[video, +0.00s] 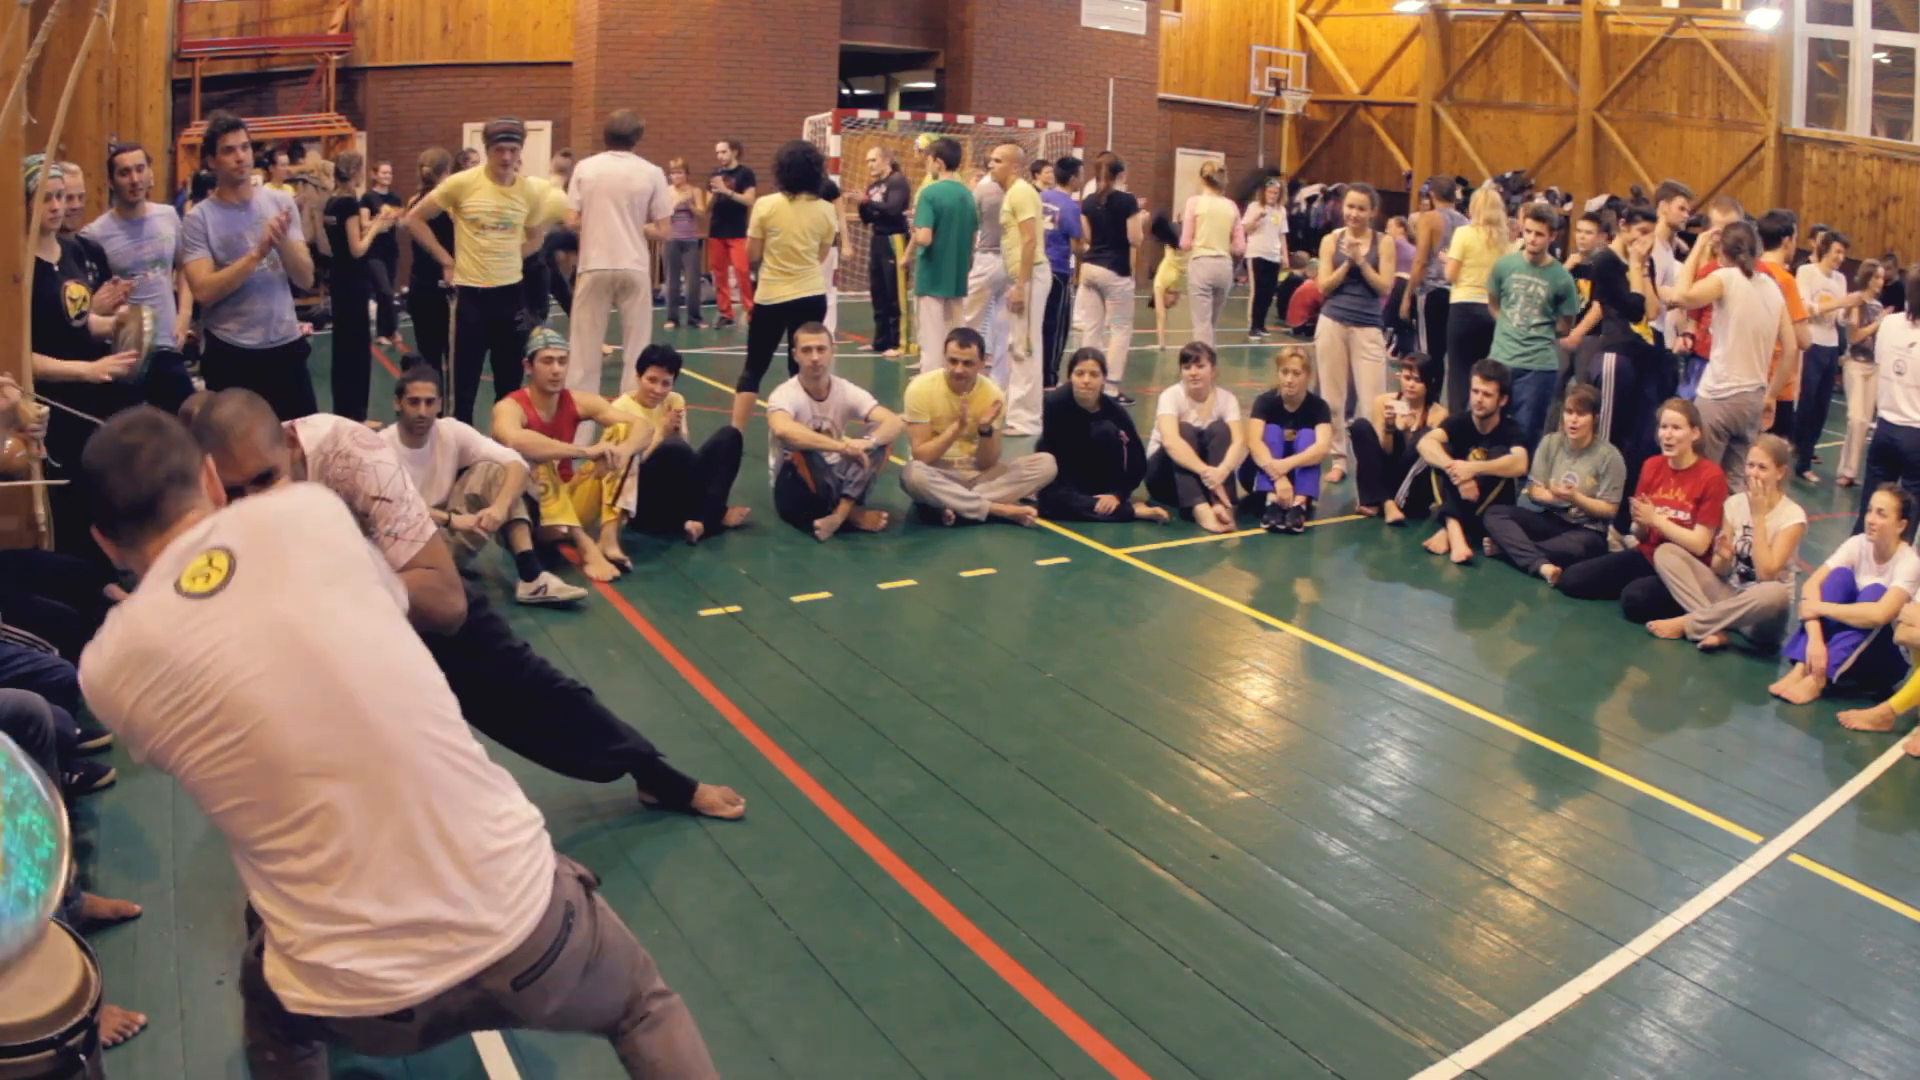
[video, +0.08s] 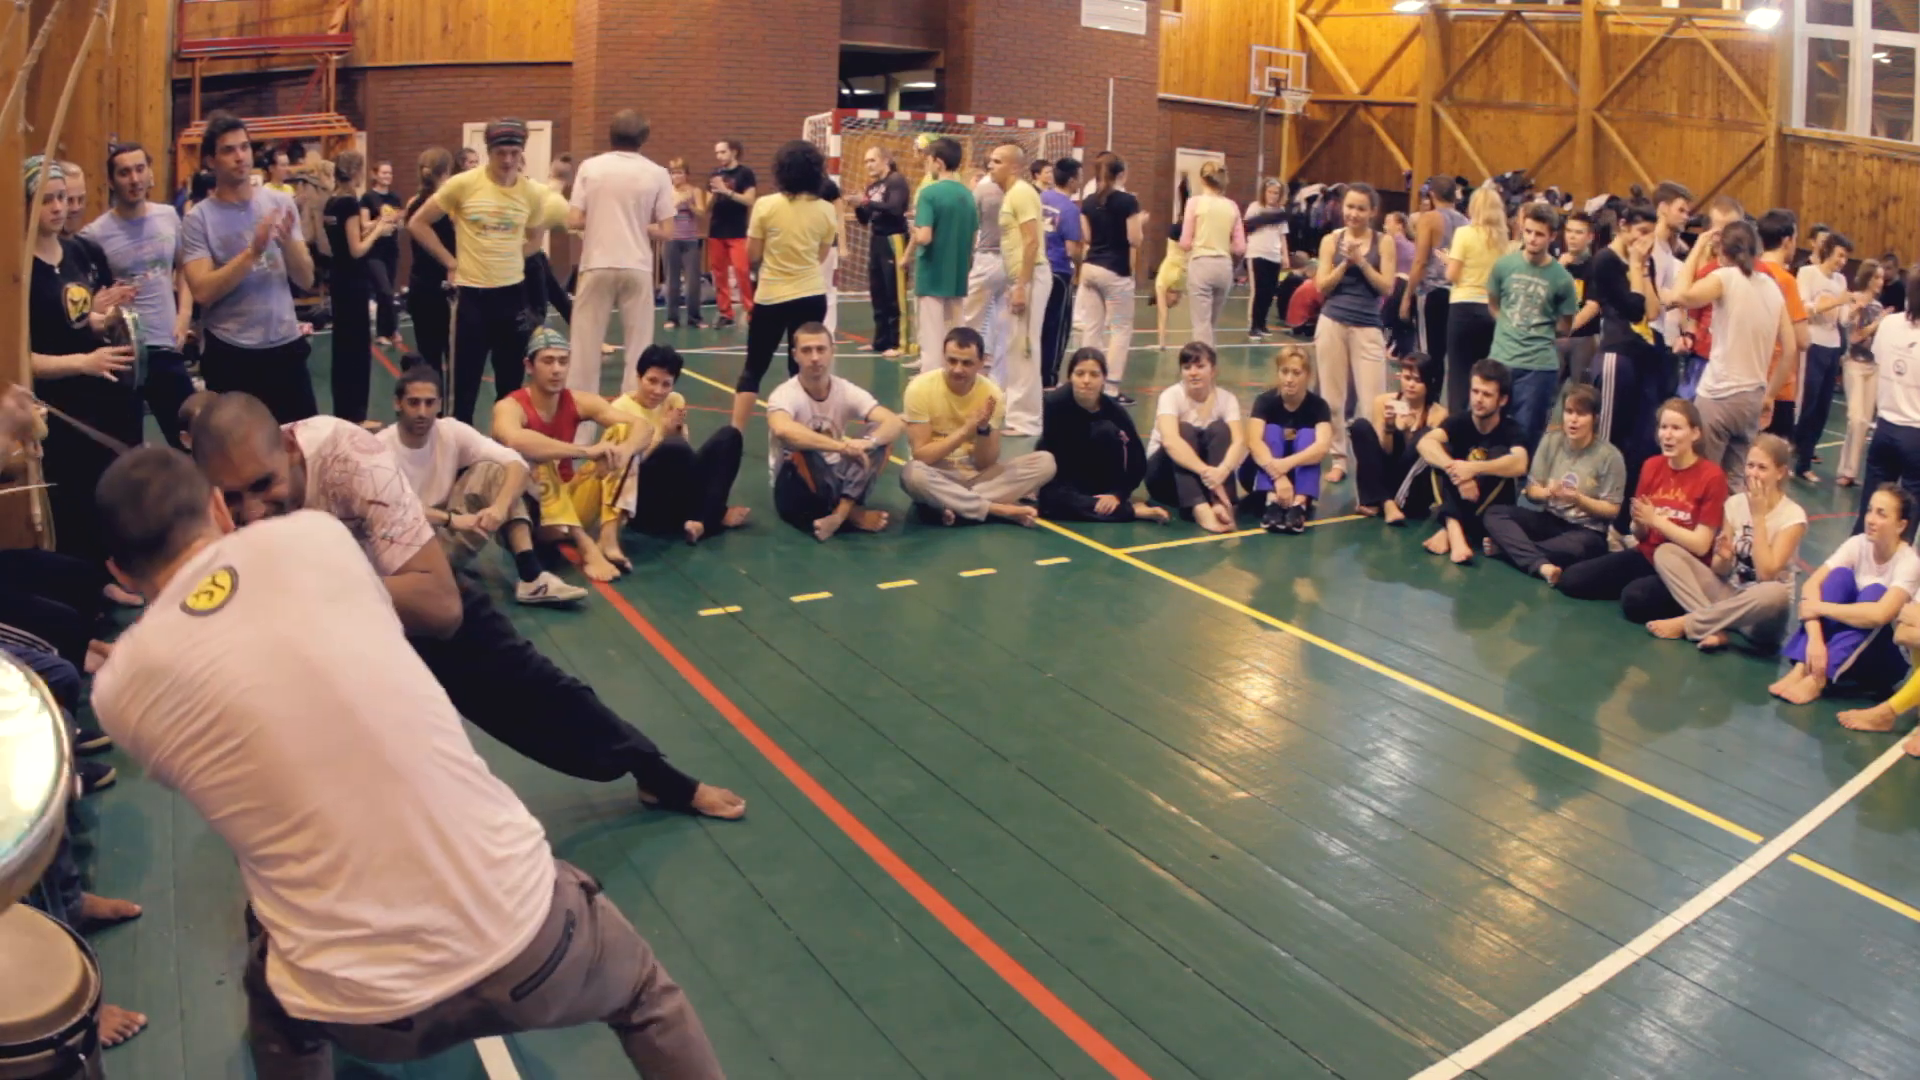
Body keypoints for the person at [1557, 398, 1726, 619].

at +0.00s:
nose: (1667, 435)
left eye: (1676, 428)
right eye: (1663, 427)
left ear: (1695, 433)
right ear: (1657, 430)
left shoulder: (1712, 476)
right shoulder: (1652, 465)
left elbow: (1700, 545)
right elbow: (1639, 534)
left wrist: (1654, 520)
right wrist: (1641, 520)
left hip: (1684, 567)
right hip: (1647, 555)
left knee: (1634, 601)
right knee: (1570, 581)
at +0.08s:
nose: (1667, 435)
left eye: (1676, 428)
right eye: (1663, 427)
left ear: (1695, 433)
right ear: (1657, 430)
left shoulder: (1712, 476)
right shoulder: (1652, 465)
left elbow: (1701, 545)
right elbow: (1639, 534)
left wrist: (1654, 520)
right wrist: (1640, 519)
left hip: (1683, 567)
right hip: (1646, 556)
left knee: (1634, 601)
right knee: (1570, 582)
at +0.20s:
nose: (1668, 436)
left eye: (1677, 429)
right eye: (1664, 428)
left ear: (1696, 434)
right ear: (1657, 431)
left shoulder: (1712, 477)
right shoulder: (1652, 466)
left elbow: (1701, 545)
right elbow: (1641, 533)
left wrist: (1661, 520)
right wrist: (1632, 517)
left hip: (1683, 567)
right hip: (1647, 556)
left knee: (1634, 601)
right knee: (1570, 582)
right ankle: (1636, 581)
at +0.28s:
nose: (1669, 436)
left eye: (1678, 429)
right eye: (1664, 428)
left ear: (1696, 434)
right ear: (1657, 431)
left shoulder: (1712, 477)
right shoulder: (1652, 466)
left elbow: (1701, 545)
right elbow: (1641, 533)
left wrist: (1661, 520)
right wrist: (1633, 515)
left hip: (1683, 567)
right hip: (1647, 556)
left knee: (1634, 601)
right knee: (1570, 581)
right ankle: (1636, 580)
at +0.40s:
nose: (1669, 436)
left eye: (1678, 429)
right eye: (1665, 428)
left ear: (1696, 434)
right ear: (1657, 431)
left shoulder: (1712, 477)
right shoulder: (1652, 466)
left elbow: (1699, 545)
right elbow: (1638, 534)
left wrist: (1653, 519)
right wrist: (1642, 519)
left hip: (1683, 567)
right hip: (1646, 556)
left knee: (1634, 601)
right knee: (1570, 581)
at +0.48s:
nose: (1669, 436)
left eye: (1678, 430)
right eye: (1664, 429)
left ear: (1696, 434)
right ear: (1657, 431)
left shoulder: (1712, 476)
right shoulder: (1652, 466)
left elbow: (1700, 545)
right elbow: (1639, 534)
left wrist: (1657, 518)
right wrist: (1635, 515)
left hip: (1683, 567)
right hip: (1646, 556)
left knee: (1634, 601)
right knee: (1570, 581)